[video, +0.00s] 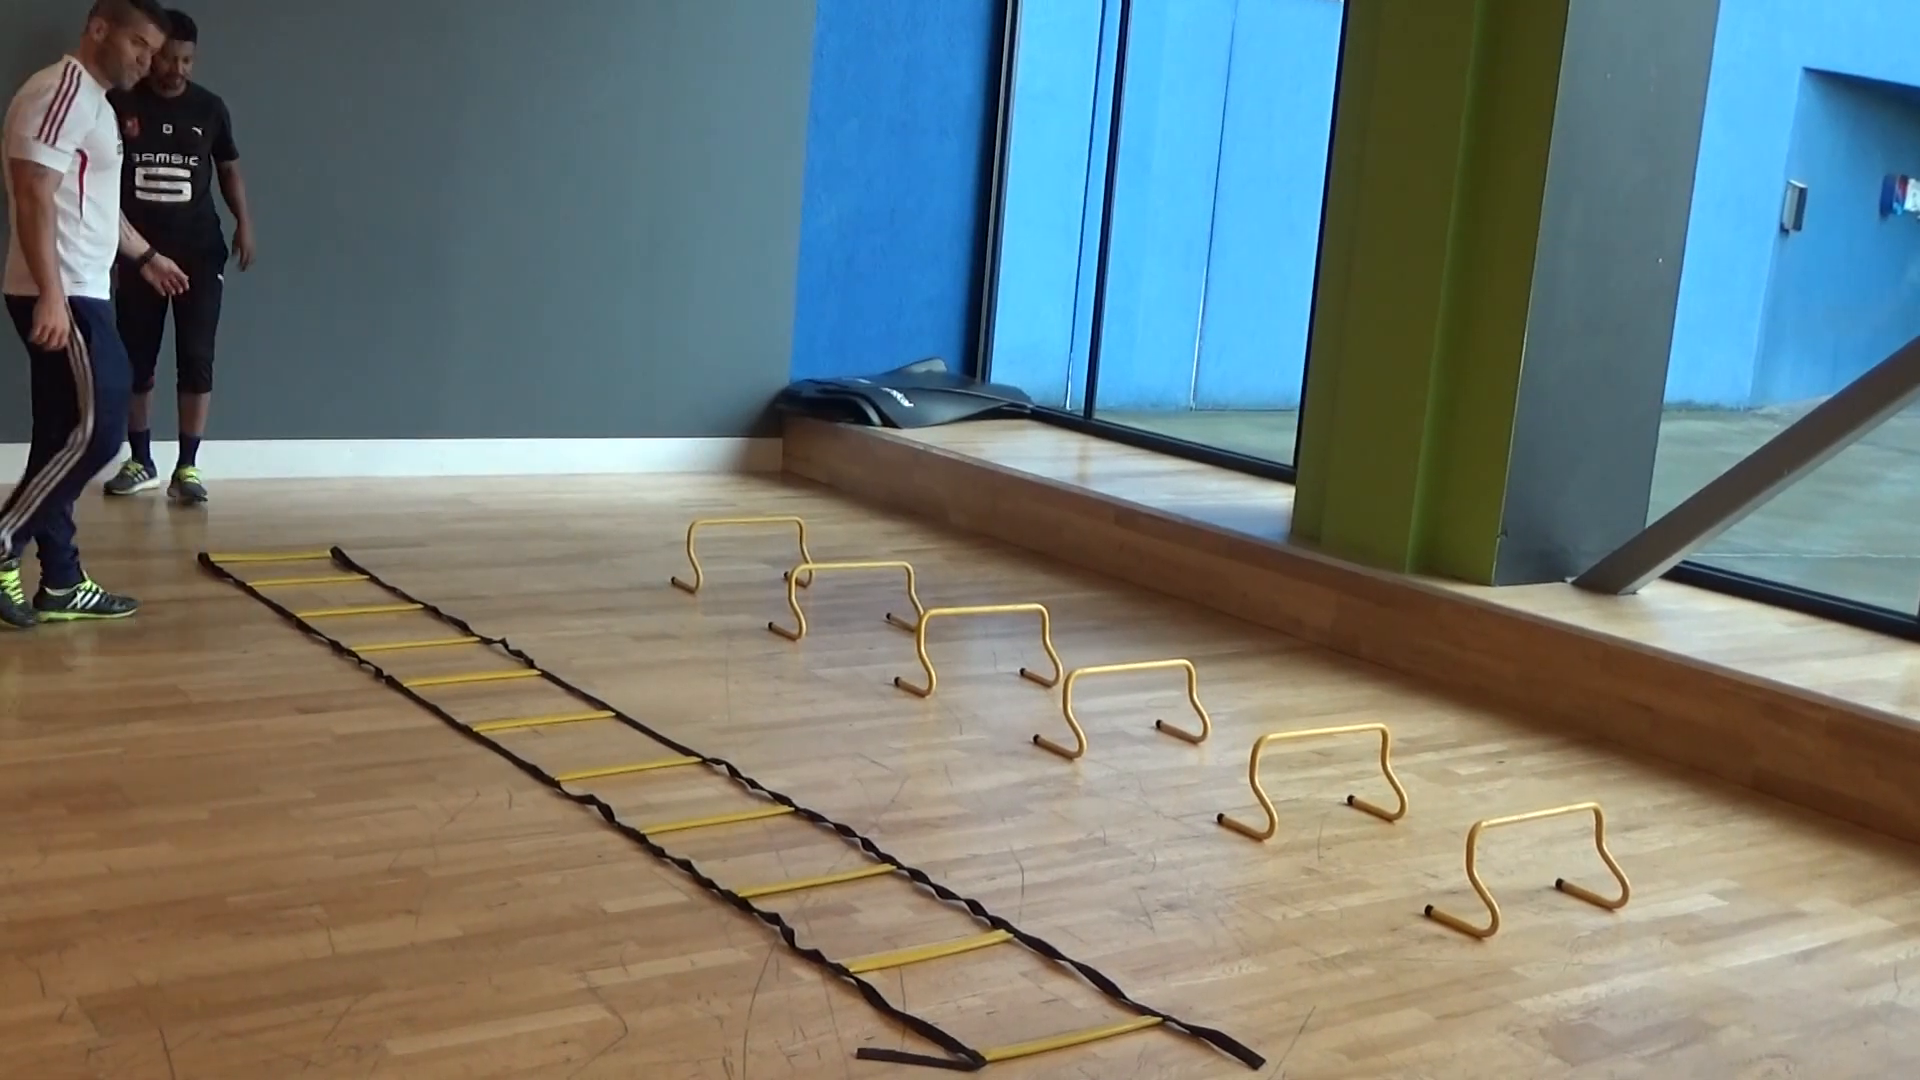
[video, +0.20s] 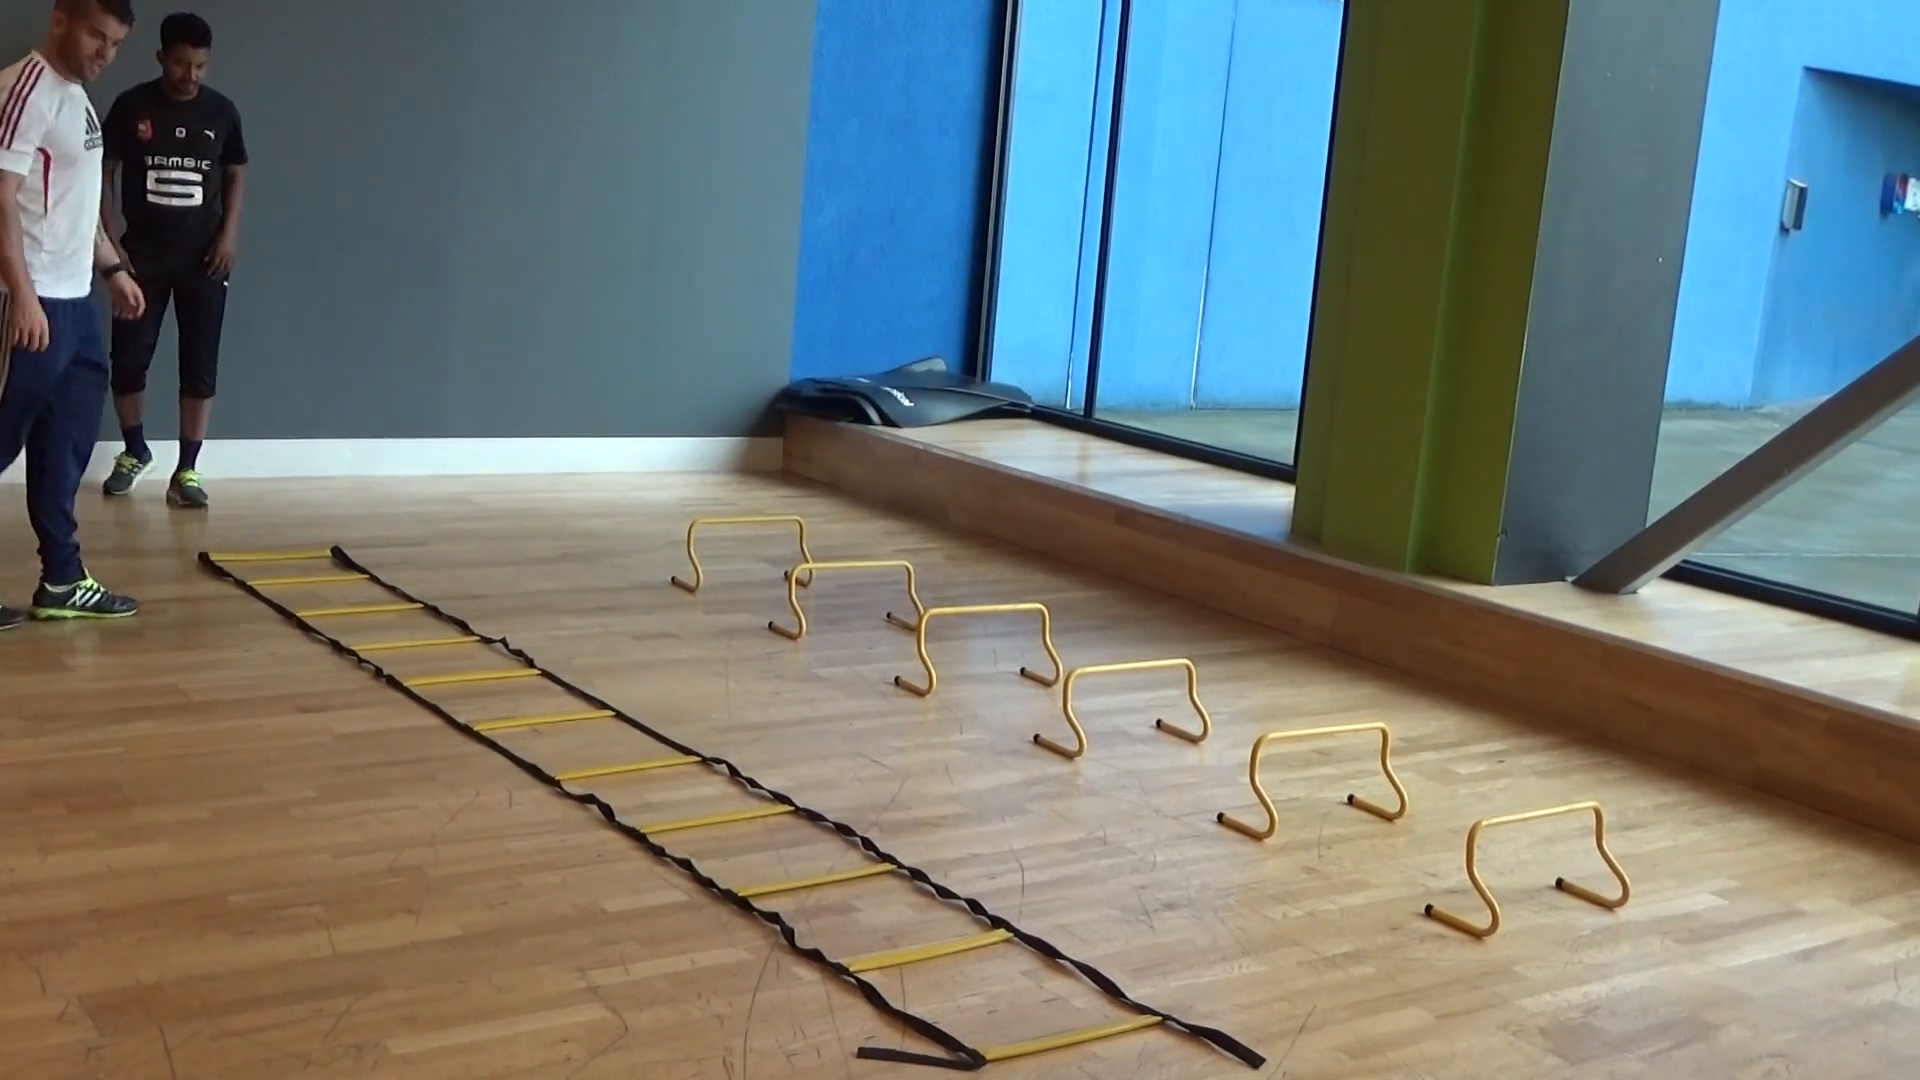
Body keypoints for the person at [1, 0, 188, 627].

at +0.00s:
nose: (145, 60)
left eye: (152, 52)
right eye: (139, 45)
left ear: (141, 54)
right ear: (98, 29)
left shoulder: (90, 101)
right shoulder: (62, 90)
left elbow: (92, 201)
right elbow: (32, 190)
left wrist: (145, 257)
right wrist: (50, 292)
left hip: (75, 290)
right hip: (60, 293)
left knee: (62, 431)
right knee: (99, 430)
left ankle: (61, 581)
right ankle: (4, 544)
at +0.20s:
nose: (106, 53)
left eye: (114, 44)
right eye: (98, 37)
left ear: (118, 43)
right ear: (60, 20)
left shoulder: (73, 94)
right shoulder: (27, 88)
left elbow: (72, 199)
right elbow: (4, 195)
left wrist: (112, 267)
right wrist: (19, 292)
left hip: (77, 303)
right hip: (32, 304)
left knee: (64, 444)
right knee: (9, 444)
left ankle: (63, 580)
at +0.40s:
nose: (103, 74)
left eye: (110, 64)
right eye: (98, 59)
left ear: (64, 42)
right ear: (57, 37)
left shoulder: (54, 99)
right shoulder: (16, 97)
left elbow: (33, 193)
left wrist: (60, 261)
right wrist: (8, 296)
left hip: (29, 294)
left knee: (41, 429)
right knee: (11, 438)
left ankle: (36, 567)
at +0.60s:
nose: (77, 60)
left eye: (81, 49)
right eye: (74, 47)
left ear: (39, 35)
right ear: (39, 36)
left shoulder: (24, 99)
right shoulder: (8, 98)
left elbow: (12, 198)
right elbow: (4, 203)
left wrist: (23, 262)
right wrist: (1, 299)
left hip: (15, 292)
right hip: (4, 298)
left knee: (10, 409)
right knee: (5, 411)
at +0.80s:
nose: (50, 68)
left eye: (55, 57)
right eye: (49, 55)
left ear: (18, 43)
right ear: (17, 42)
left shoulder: (7, 107)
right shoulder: (2, 109)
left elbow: (7, 211)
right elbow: (1, 212)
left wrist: (18, 295)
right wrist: (15, 295)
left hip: (10, 304)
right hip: (3, 305)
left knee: (9, 414)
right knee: (5, 416)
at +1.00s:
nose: (36, 73)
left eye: (42, 63)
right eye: (37, 60)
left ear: (11, 50)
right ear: (9, 48)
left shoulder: (3, 111)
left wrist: (24, 287)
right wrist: (27, 287)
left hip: (4, 289)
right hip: (1, 291)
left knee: (16, 395)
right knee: (13, 397)